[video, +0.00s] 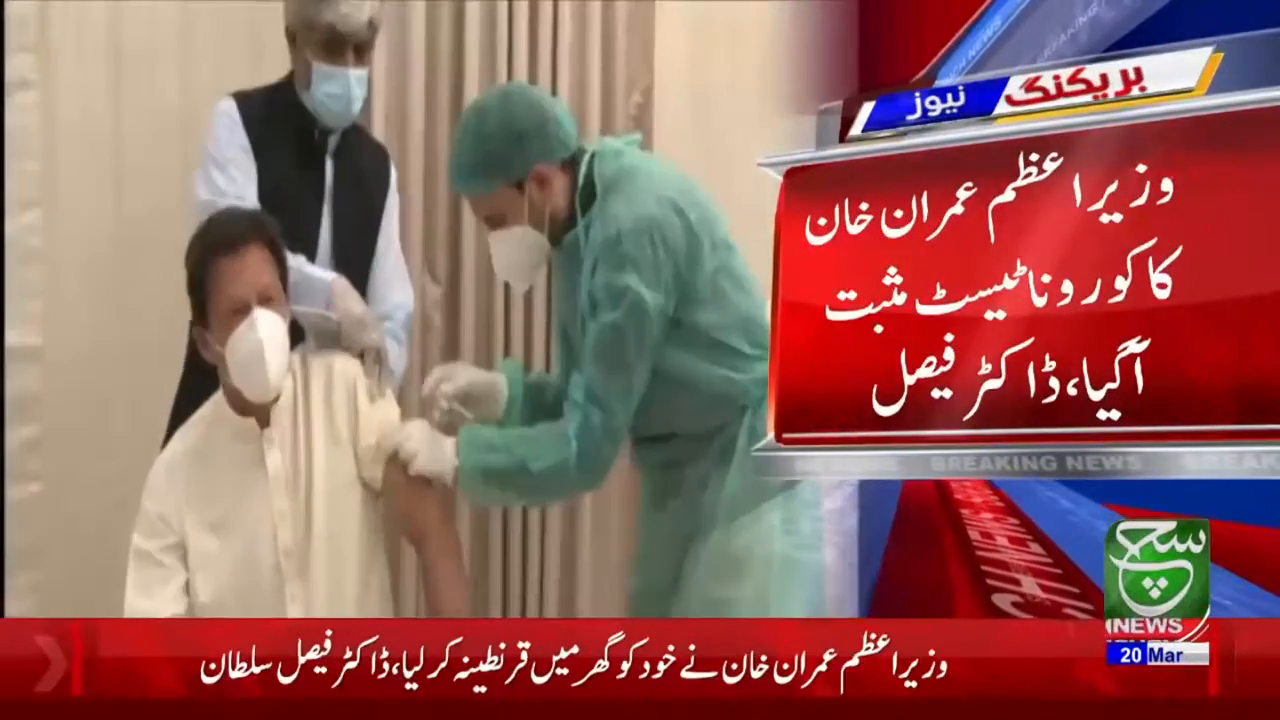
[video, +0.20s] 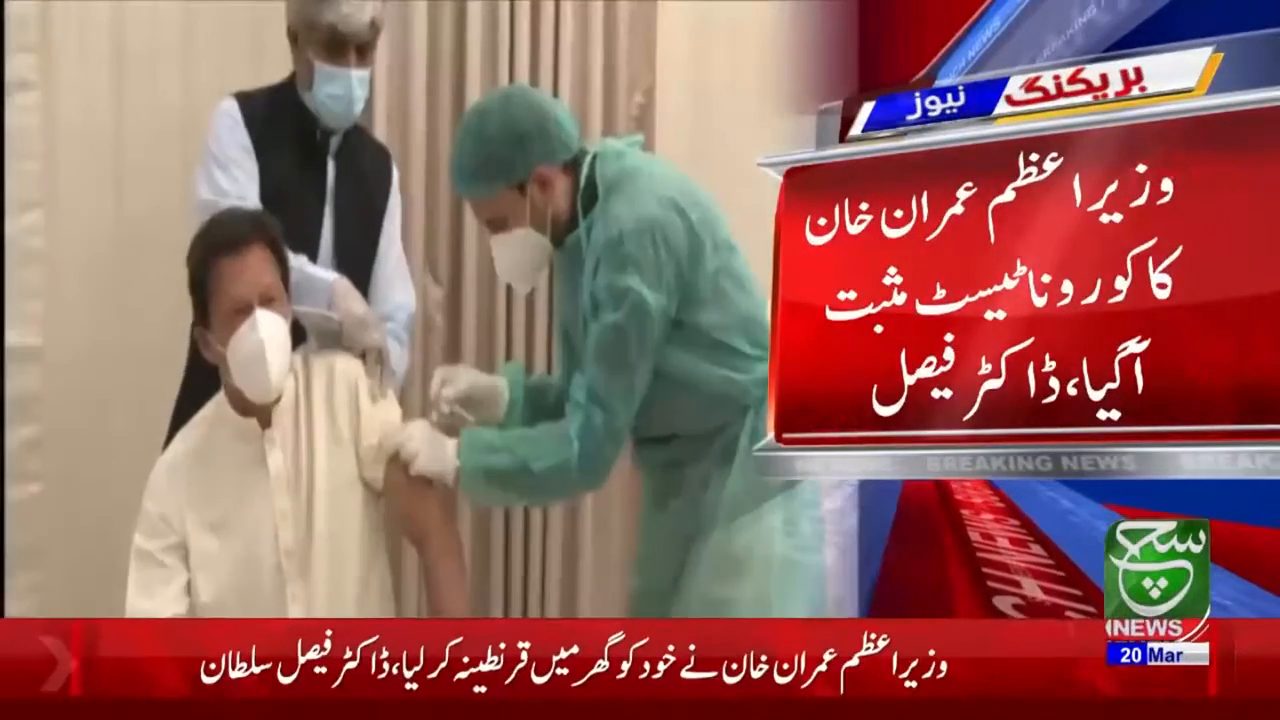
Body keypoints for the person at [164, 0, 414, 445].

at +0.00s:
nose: (347, 74)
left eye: (359, 57)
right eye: (330, 55)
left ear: (372, 54)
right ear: (293, 46)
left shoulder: (376, 163)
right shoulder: (240, 120)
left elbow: (391, 293)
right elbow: (228, 244)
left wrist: (374, 374)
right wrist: (330, 291)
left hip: (332, 388)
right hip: (236, 374)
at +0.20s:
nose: (350, 72)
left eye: (362, 55)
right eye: (333, 53)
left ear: (375, 53)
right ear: (295, 45)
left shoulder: (377, 164)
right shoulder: (241, 121)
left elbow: (395, 297)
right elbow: (231, 243)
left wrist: (373, 382)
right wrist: (332, 293)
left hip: (335, 391)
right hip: (236, 378)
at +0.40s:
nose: (350, 78)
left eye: (363, 60)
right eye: (334, 58)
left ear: (376, 58)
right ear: (298, 50)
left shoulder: (378, 166)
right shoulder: (242, 126)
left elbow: (391, 292)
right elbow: (232, 252)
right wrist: (334, 303)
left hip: (340, 391)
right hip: (242, 378)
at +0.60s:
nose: (351, 77)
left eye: (364, 59)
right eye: (335, 57)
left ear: (377, 56)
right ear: (297, 50)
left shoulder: (377, 169)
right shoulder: (242, 126)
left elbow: (396, 303)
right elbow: (231, 248)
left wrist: (376, 379)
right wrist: (332, 297)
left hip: (335, 398)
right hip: (237, 385)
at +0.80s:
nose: (352, 78)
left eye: (364, 60)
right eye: (335, 58)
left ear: (376, 58)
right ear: (297, 51)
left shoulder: (377, 169)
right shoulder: (242, 126)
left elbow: (396, 304)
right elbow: (231, 249)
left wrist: (376, 380)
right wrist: (333, 298)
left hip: (336, 398)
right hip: (237, 385)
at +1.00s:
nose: (352, 79)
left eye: (364, 61)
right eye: (335, 59)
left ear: (376, 60)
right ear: (298, 51)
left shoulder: (377, 171)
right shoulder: (243, 126)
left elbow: (396, 306)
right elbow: (231, 248)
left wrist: (377, 384)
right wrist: (333, 298)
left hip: (336, 398)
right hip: (237, 385)